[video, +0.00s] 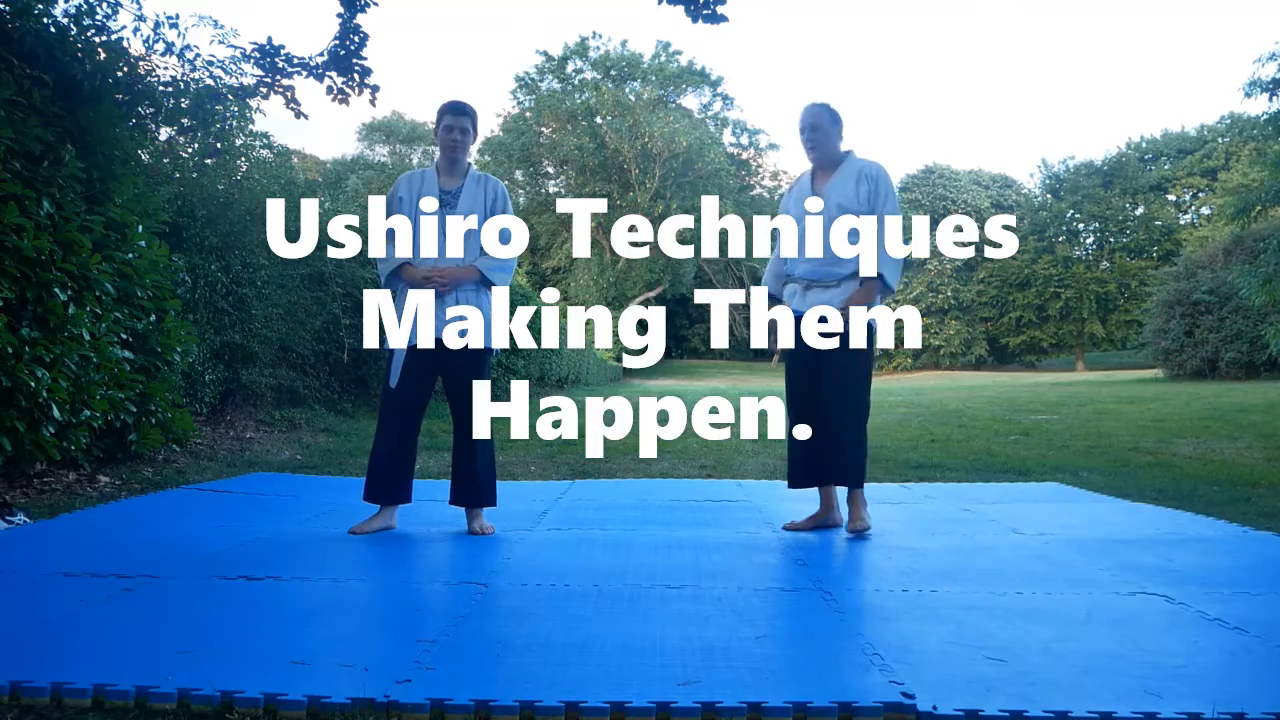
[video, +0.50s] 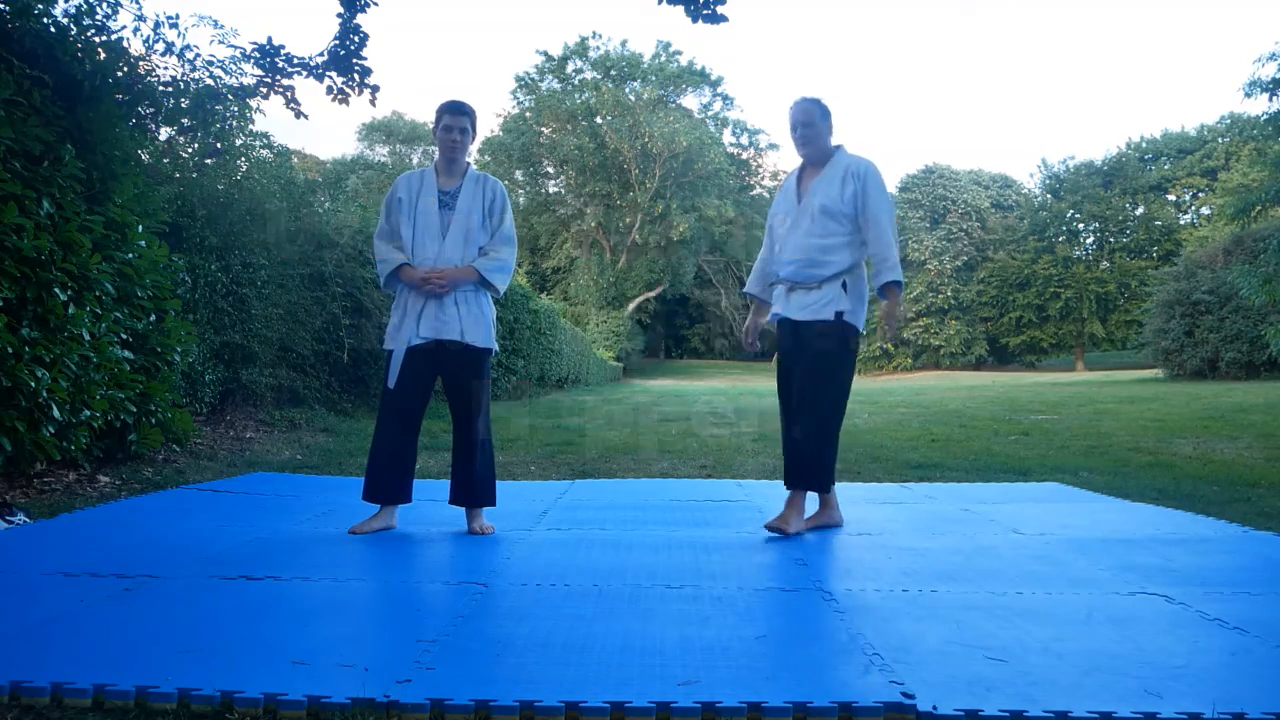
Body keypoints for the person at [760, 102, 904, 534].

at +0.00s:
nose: (808, 138)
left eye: (815, 130)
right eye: (803, 132)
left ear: (839, 132)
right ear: (798, 138)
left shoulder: (868, 175)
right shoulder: (795, 193)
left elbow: (890, 240)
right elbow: (780, 256)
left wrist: (865, 293)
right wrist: (771, 301)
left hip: (850, 306)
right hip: (800, 309)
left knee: (847, 406)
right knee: (810, 408)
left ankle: (856, 502)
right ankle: (827, 506)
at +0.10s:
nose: (805, 138)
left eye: (813, 130)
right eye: (801, 132)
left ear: (836, 131)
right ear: (796, 138)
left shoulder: (867, 174)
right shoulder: (793, 191)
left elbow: (892, 233)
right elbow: (775, 254)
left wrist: (884, 289)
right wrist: (761, 299)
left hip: (849, 303)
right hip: (799, 306)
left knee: (839, 403)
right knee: (809, 405)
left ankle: (840, 506)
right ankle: (825, 505)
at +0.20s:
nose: (804, 137)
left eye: (812, 129)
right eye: (799, 131)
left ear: (835, 130)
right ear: (794, 137)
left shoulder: (866, 173)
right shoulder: (792, 190)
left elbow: (890, 233)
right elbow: (773, 255)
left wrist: (894, 288)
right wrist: (751, 309)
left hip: (847, 307)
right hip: (800, 310)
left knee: (834, 403)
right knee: (810, 404)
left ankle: (828, 505)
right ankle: (826, 506)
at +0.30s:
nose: (802, 136)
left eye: (810, 128)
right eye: (797, 130)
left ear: (832, 130)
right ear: (792, 137)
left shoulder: (863, 172)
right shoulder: (791, 189)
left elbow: (889, 234)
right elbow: (770, 253)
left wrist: (901, 296)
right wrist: (749, 309)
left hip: (842, 306)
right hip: (797, 308)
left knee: (823, 403)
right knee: (809, 405)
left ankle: (810, 503)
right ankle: (827, 505)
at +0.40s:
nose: (801, 136)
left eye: (808, 128)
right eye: (795, 130)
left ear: (830, 129)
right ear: (791, 136)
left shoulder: (861, 171)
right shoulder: (790, 188)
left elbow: (887, 230)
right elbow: (770, 253)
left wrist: (899, 291)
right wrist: (750, 309)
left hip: (840, 304)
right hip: (793, 306)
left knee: (819, 405)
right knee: (806, 407)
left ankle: (799, 504)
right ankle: (827, 505)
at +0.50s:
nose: (800, 134)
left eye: (808, 126)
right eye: (794, 128)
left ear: (829, 128)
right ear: (788, 134)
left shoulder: (858, 172)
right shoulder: (788, 187)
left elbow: (881, 234)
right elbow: (770, 251)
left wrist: (891, 296)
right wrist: (757, 310)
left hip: (835, 305)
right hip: (790, 306)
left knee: (814, 407)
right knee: (800, 408)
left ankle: (794, 508)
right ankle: (828, 506)